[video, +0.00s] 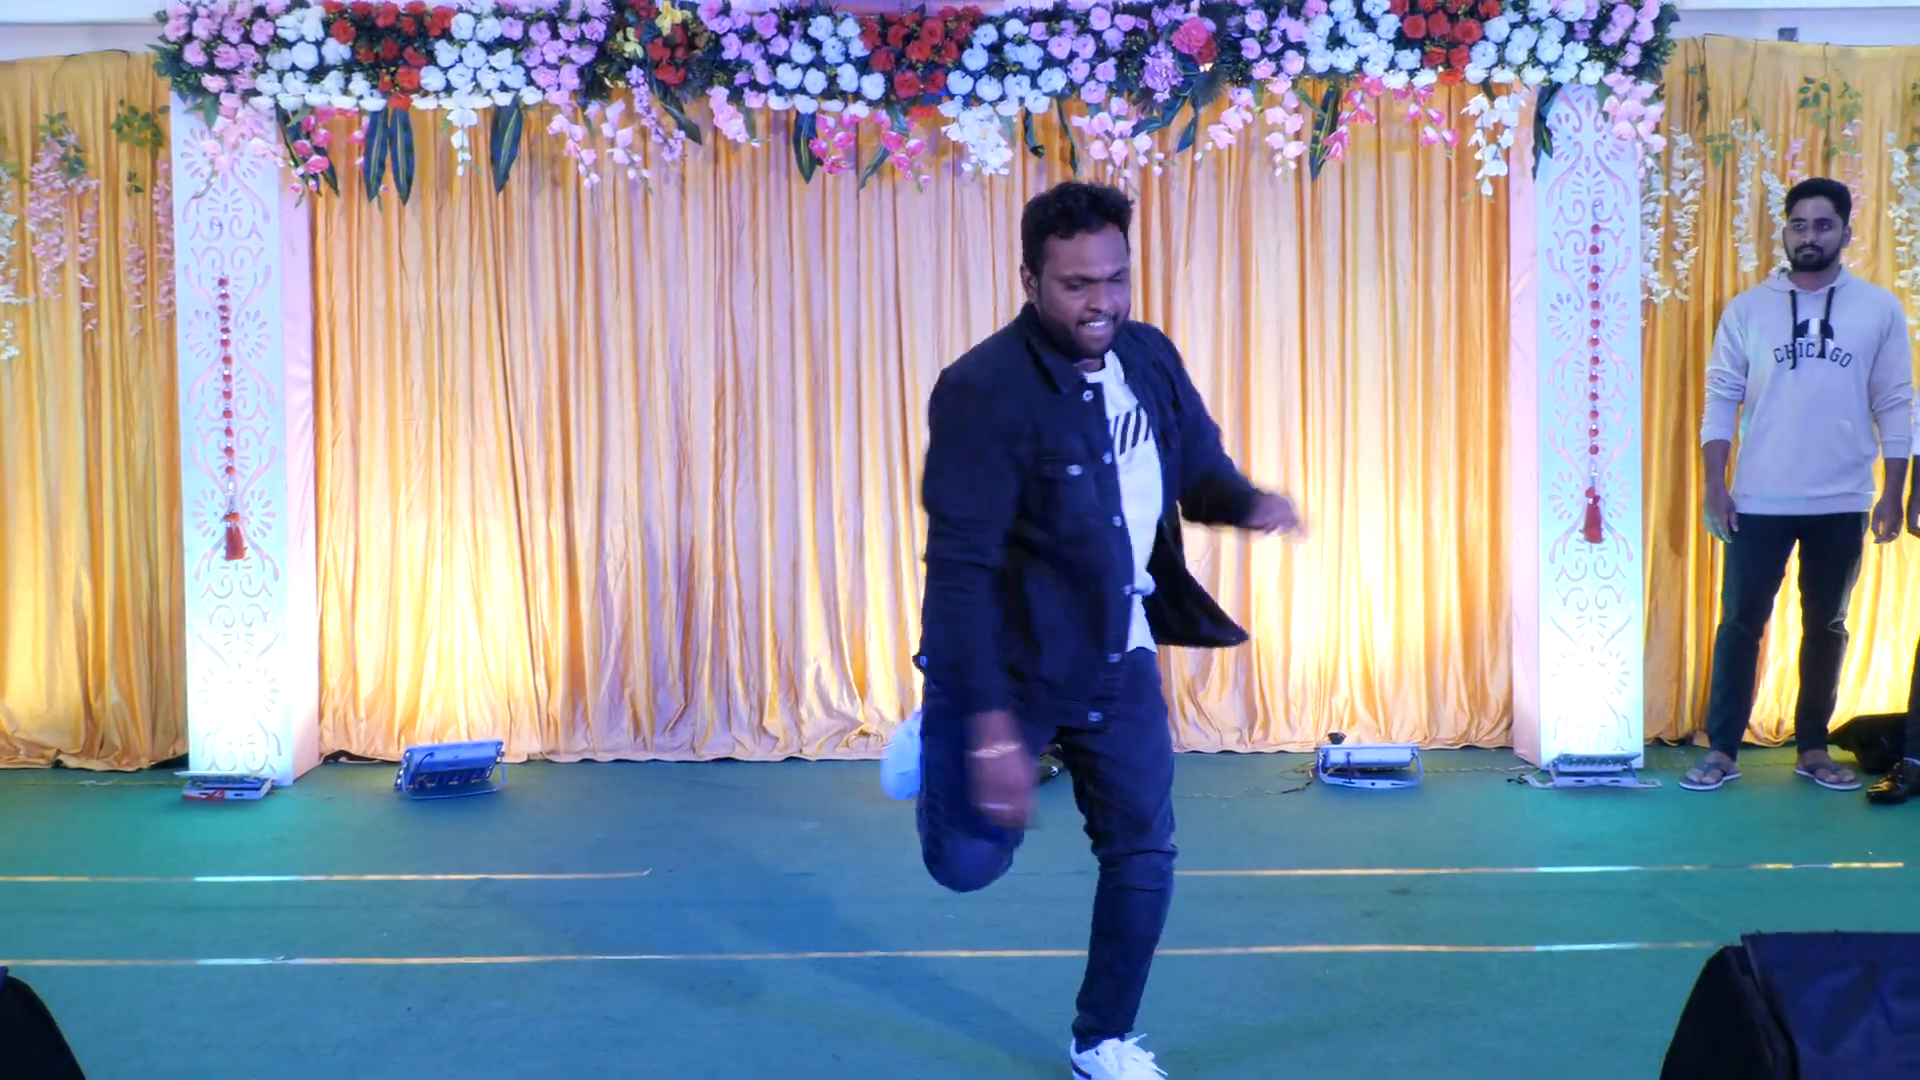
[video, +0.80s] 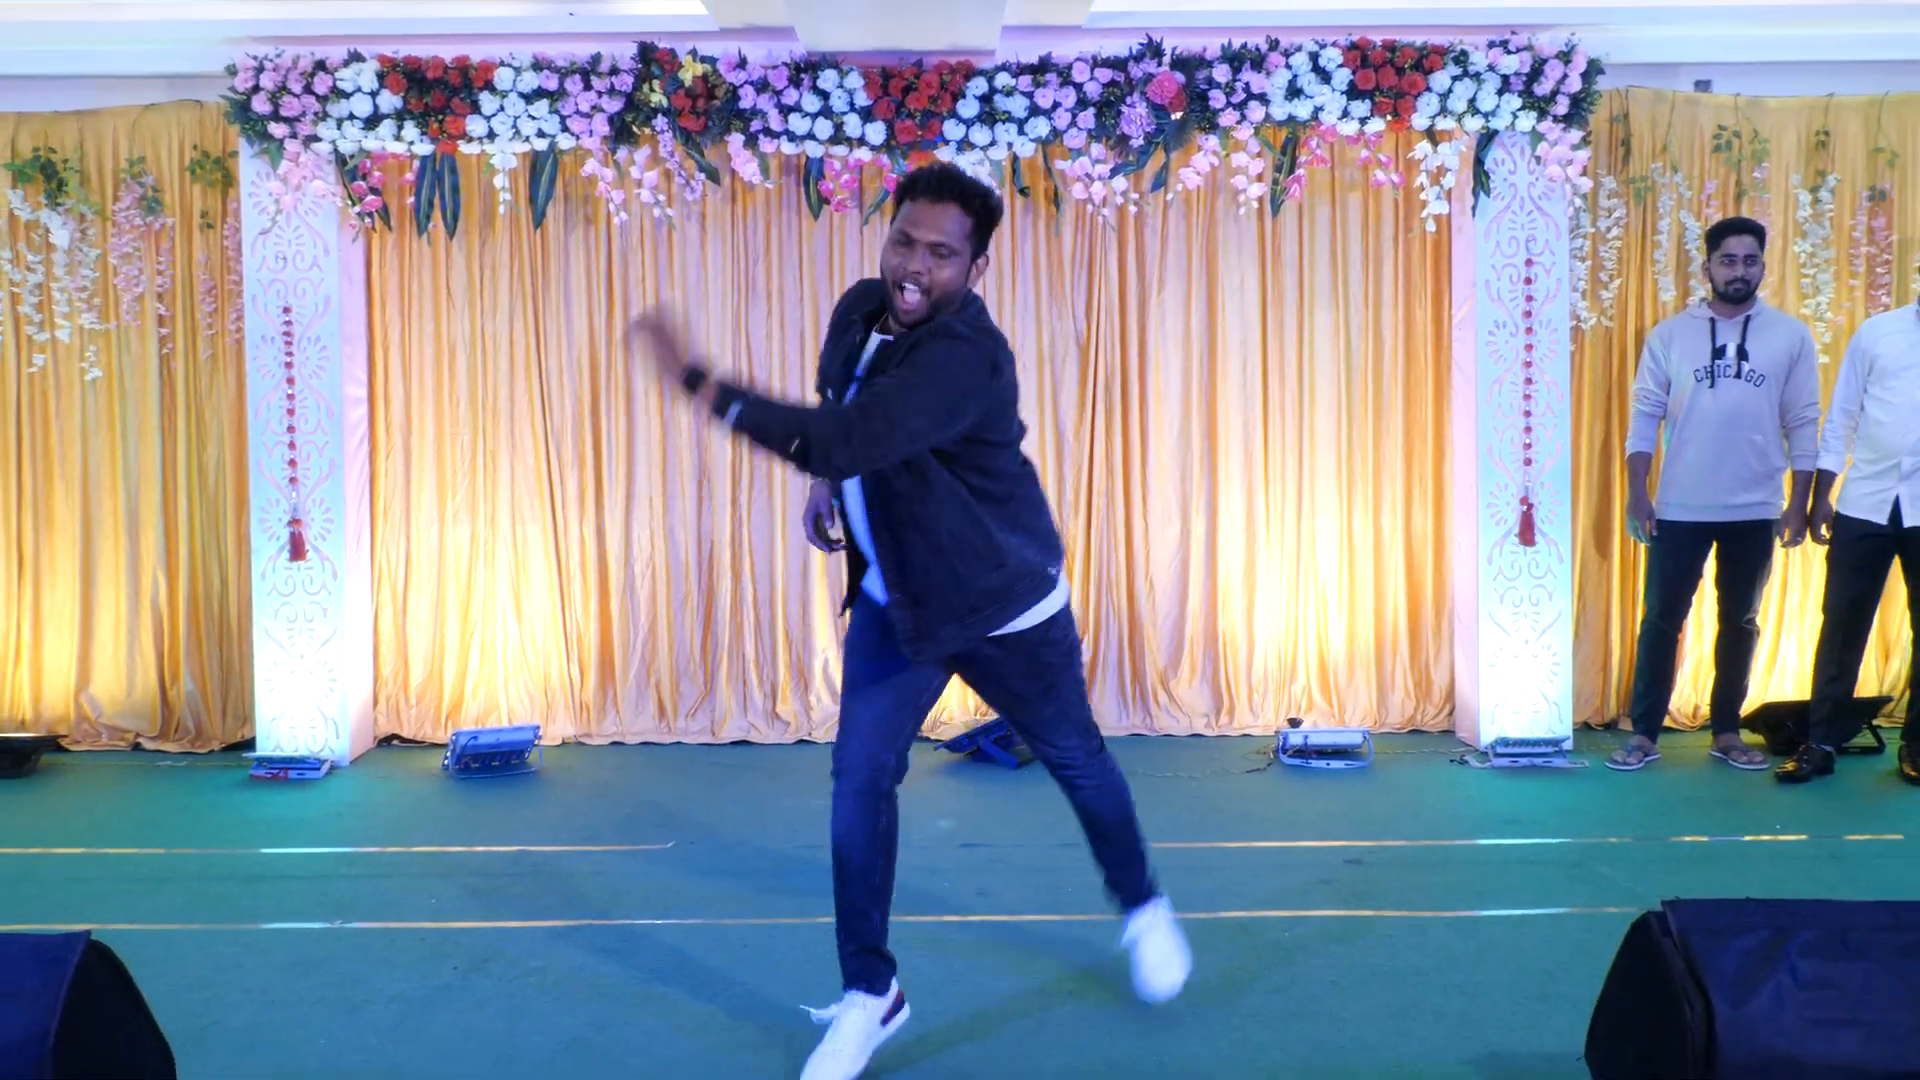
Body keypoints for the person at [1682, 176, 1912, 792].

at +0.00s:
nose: (1809, 235)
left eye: (1823, 225)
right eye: (1798, 224)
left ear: (1845, 234)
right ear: (1784, 231)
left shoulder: (1878, 309)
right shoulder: (1747, 309)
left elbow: (1896, 404)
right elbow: (1721, 397)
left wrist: (1894, 490)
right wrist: (1714, 482)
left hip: (1840, 499)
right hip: (1760, 497)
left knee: (1826, 629)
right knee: (1740, 623)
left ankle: (1812, 750)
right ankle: (1722, 751)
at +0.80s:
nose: (1739, 269)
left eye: (1750, 260)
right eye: (1728, 259)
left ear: (1763, 268)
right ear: (1707, 266)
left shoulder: (1789, 336)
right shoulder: (1670, 334)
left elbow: (1803, 421)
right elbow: (1645, 413)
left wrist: (1800, 501)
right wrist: (1637, 489)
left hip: (1753, 507)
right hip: (1681, 505)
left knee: (1739, 626)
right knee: (1660, 621)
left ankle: (1726, 734)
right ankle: (1644, 734)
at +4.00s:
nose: (1646, 282)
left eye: (1658, 270)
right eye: (1637, 272)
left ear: (1684, 273)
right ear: (1627, 277)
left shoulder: (1728, 332)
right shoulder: (1607, 344)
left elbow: (1768, 395)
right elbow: (1586, 402)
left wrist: (1746, 471)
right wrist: (1595, 467)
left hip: (1708, 508)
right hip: (1634, 511)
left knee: (1721, 625)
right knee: (1637, 625)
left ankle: (1723, 739)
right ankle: (1649, 736)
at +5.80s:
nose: (1684, 266)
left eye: (1696, 257)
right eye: (1674, 257)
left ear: (1718, 263)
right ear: (1663, 264)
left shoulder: (1752, 326)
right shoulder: (1632, 333)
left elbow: (1790, 394)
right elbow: (1606, 403)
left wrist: (1790, 463)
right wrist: (1606, 471)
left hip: (1726, 500)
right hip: (1654, 503)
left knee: (1729, 620)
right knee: (1656, 615)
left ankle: (1729, 739)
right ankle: (1654, 735)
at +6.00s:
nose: (1675, 267)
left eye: (1686, 257)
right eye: (1665, 258)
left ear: (1708, 264)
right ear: (1652, 265)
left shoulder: (1741, 328)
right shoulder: (1621, 335)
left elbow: (1776, 400)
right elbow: (1602, 412)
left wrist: (1766, 472)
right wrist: (1607, 484)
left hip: (1719, 497)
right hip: (1647, 502)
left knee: (1744, 604)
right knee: (1649, 612)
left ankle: (1730, 730)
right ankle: (1655, 731)